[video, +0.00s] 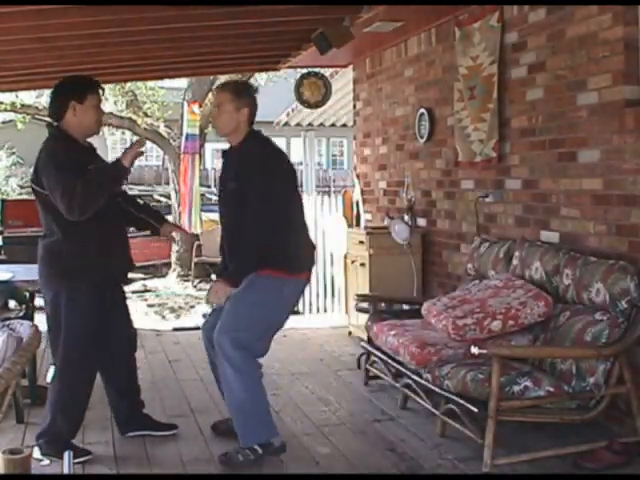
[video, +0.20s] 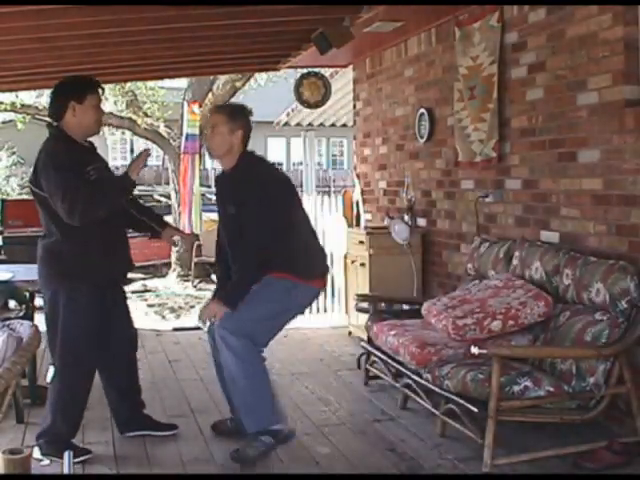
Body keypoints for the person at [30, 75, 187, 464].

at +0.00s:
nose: (102, 113)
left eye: (101, 105)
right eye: (96, 105)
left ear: (75, 109)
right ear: (74, 108)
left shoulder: (85, 153)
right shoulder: (55, 153)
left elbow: (116, 199)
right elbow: (76, 205)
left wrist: (159, 223)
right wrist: (120, 167)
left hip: (100, 273)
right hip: (71, 276)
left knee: (119, 348)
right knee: (75, 360)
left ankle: (131, 419)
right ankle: (53, 441)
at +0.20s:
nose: (103, 112)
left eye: (101, 104)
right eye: (97, 104)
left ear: (75, 109)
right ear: (74, 108)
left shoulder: (87, 154)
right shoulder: (54, 155)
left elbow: (119, 204)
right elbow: (77, 210)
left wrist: (161, 227)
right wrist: (127, 179)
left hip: (101, 273)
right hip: (71, 277)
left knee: (119, 348)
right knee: (74, 360)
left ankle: (131, 419)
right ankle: (53, 441)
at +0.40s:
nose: (106, 114)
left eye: (105, 106)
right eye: (100, 106)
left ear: (79, 111)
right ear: (77, 110)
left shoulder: (90, 154)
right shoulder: (57, 157)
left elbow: (121, 204)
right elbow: (82, 212)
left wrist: (164, 228)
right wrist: (133, 181)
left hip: (104, 274)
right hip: (73, 278)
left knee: (122, 348)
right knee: (75, 361)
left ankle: (132, 420)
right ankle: (54, 441)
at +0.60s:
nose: (111, 115)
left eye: (110, 107)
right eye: (105, 107)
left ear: (83, 111)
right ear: (81, 110)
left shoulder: (92, 154)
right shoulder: (64, 155)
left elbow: (120, 207)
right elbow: (90, 212)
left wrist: (163, 228)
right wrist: (142, 187)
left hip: (104, 275)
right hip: (74, 278)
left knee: (123, 347)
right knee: (75, 362)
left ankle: (132, 420)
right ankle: (53, 441)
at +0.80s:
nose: (114, 114)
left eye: (112, 106)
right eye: (107, 106)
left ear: (84, 111)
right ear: (84, 110)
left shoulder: (95, 155)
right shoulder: (67, 155)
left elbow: (123, 207)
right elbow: (101, 210)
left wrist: (167, 231)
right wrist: (155, 181)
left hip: (105, 276)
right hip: (75, 279)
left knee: (124, 347)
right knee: (75, 362)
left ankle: (132, 420)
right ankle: (54, 441)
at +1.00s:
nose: (115, 113)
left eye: (113, 105)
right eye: (108, 105)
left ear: (86, 111)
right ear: (85, 110)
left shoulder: (94, 154)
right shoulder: (70, 155)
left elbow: (123, 209)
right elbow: (114, 206)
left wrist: (169, 230)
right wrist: (163, 176)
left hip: (107, 274)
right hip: (78, 277)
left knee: (126, 346)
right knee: (77, 360)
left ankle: (132, 420)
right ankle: (53, 442)